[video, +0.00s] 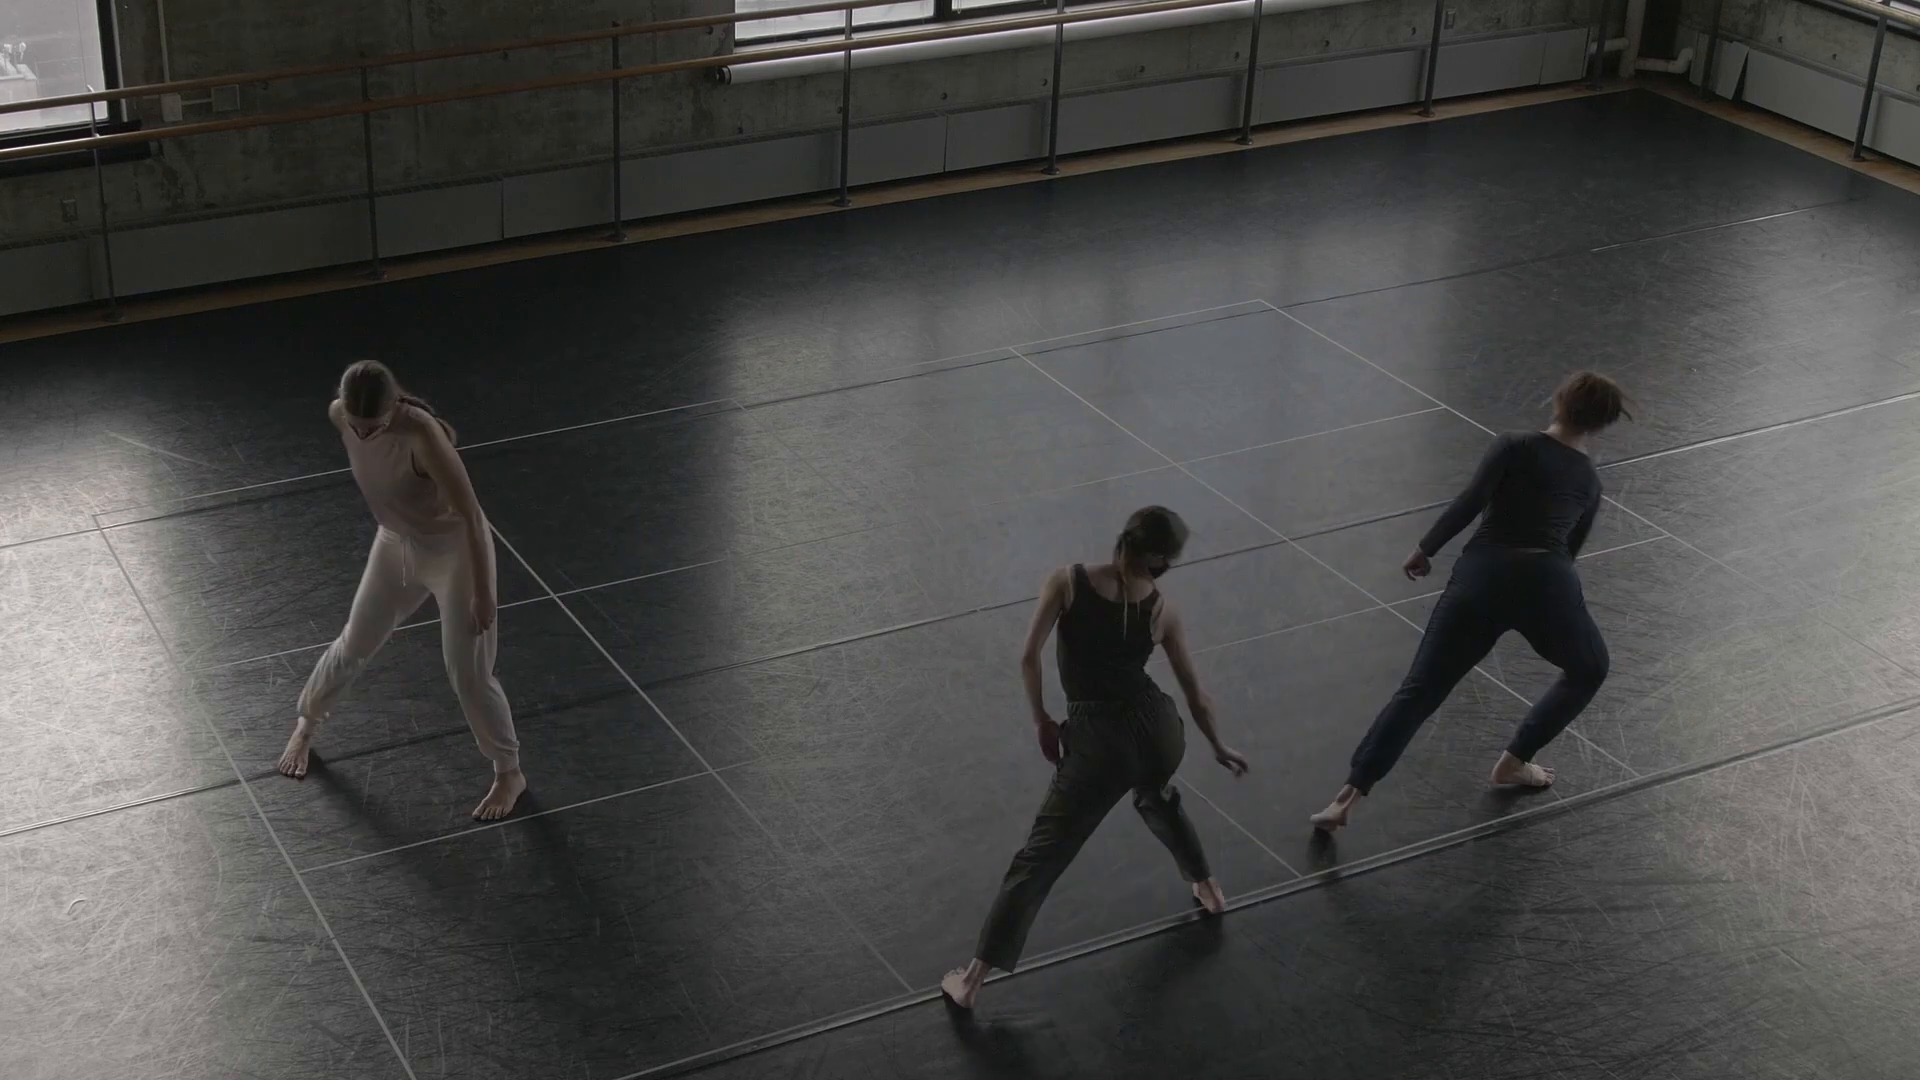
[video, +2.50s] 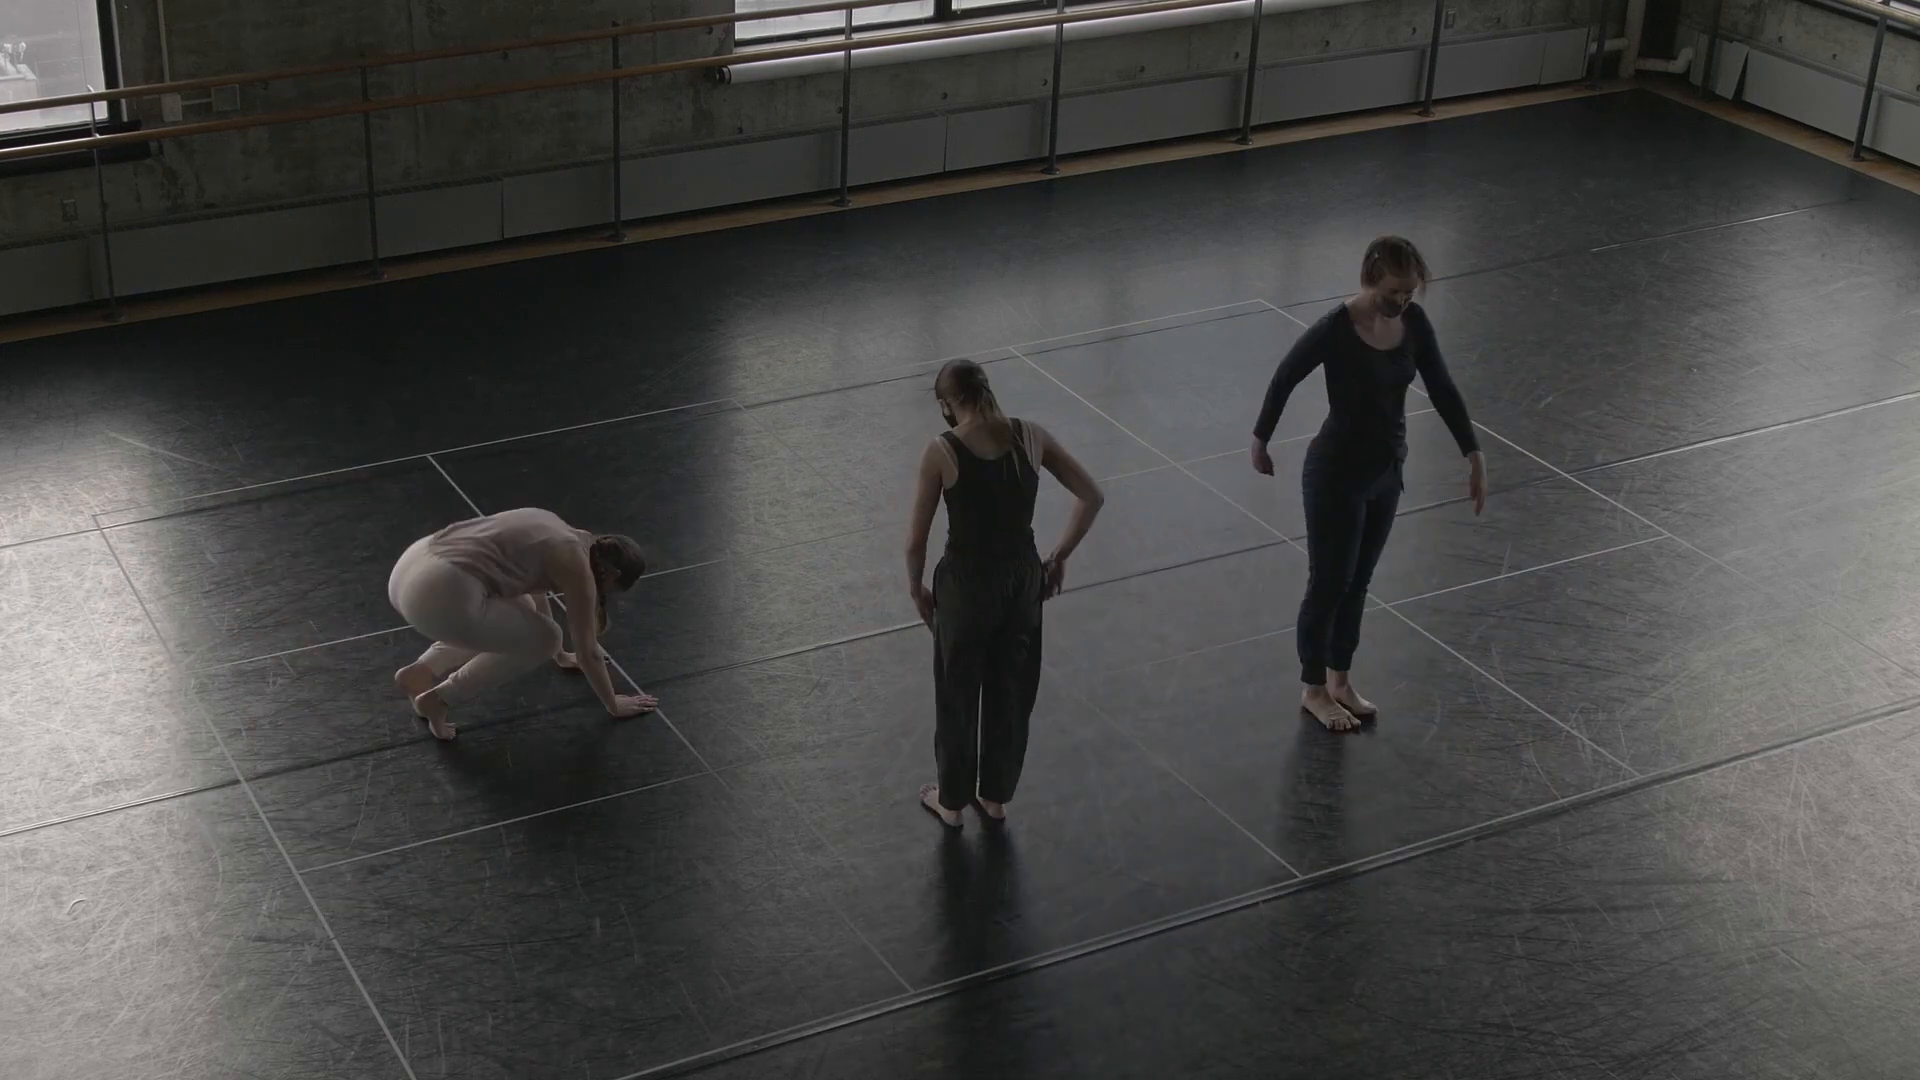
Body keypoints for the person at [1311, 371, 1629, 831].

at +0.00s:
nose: (1554, 405)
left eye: (1558, 399)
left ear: (1557, 406)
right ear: (1600, 425)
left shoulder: (1513, 445)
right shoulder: (1590, 482)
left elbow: (1471, 502)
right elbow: (1569, 550)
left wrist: (1424, 549)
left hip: (1482, 575)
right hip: (1547, 586)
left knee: (1420, 687)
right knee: (1589, 669)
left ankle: (1346, 798)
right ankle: (1513, 763)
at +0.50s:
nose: (1298, 512)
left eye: (1298, 504)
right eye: (1298, 504)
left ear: (1308, 500)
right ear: (1339, 490)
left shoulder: (1312, 532)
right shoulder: (1375, 506)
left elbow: (1267, 598)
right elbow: (1417, 571)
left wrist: (1220, 654)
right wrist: (1411, 653)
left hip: (1421, 564)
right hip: (1471, 548)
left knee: (1450, 692)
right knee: (1502, 663)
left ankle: (1474, 808)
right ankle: (1567, 740)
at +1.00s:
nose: (1190, 496)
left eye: (1187, 488)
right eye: (1185, 490)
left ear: (1195, 478)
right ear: (1221, 463)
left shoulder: (1210, 499)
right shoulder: (1268, 473)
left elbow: (1210, 584)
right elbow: (1304, 543)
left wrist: (1214, 653)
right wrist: (1313, 624)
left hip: (1307, 552)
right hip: (1353, 530)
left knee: (1371, 665)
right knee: (1400, 651)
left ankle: (1445, 751)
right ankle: (1477, 732)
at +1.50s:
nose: (1202, 522)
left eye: (1197, 515)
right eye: (1196, 518)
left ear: (1205, 501)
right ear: (1225, 483)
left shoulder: (1221, 513)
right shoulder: (1261, 489)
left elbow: (1218, 592)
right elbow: (1309, 538)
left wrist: (1215, 657)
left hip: (1352, 551)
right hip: (1382, 539)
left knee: (1251, 599)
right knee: (1277, 590)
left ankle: (1343, 673)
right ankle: (1346, 664)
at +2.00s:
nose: (1266, 448)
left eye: (1270, 438)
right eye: (1261, 441)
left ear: (1290, 427)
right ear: (1263, 435)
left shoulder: (1348, 444)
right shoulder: (1281, 462)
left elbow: (1382, 519)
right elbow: (1282, 504)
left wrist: (1329, 563)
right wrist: (1286, 550)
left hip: (1404, 530)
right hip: (1343, 526)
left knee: (1348, 617)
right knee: (1309, 616)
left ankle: (1359, 684)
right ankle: (1337, 670)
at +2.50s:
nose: (1403, 300)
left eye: (1410, 291)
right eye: (1395, 290)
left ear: (1415, 285)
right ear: (1370, 279)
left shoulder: (1413, 322)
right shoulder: (1337, 326)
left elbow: (1441, 388)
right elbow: (1286, 377)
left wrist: (1473, 454)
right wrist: (1259, 441)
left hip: (1385, 469)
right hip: (1334, 470)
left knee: (1357, 581)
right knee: (1328, 581)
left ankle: (1338, 683)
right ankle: (1313, 691)